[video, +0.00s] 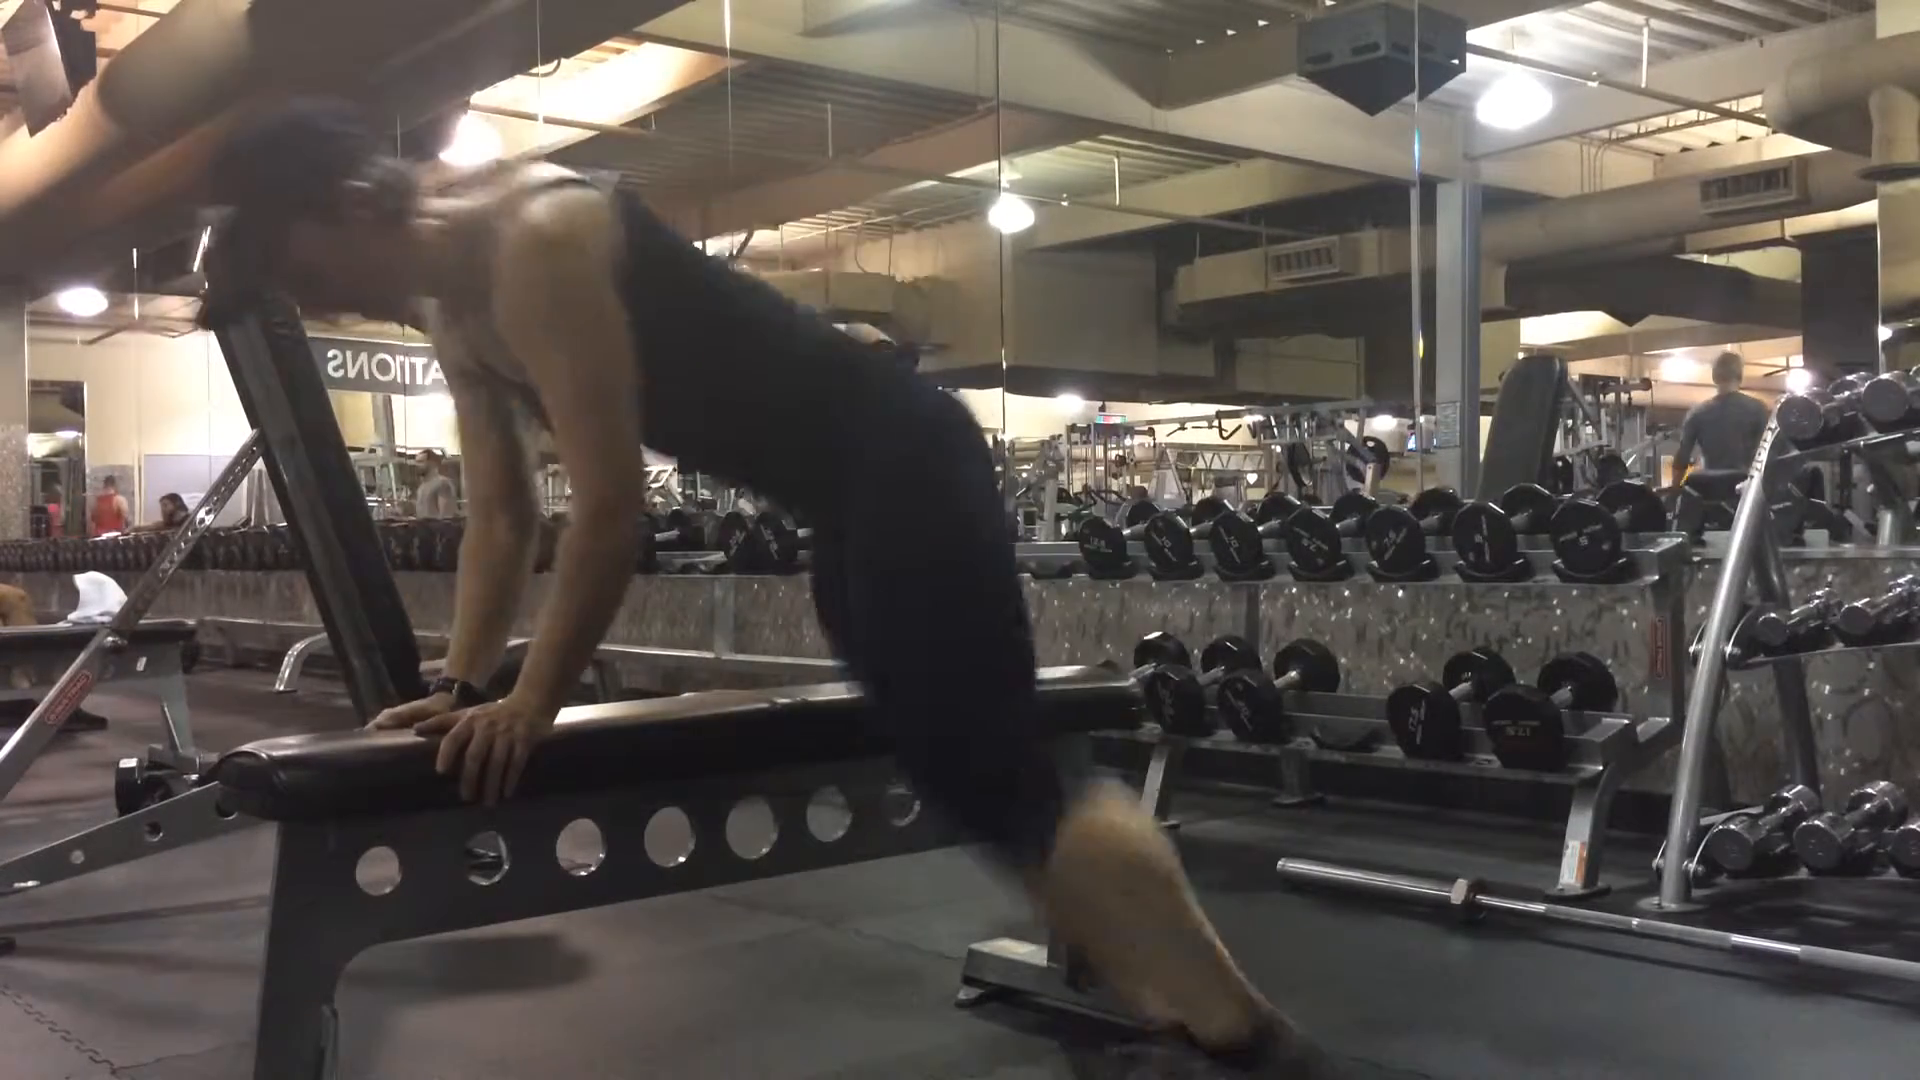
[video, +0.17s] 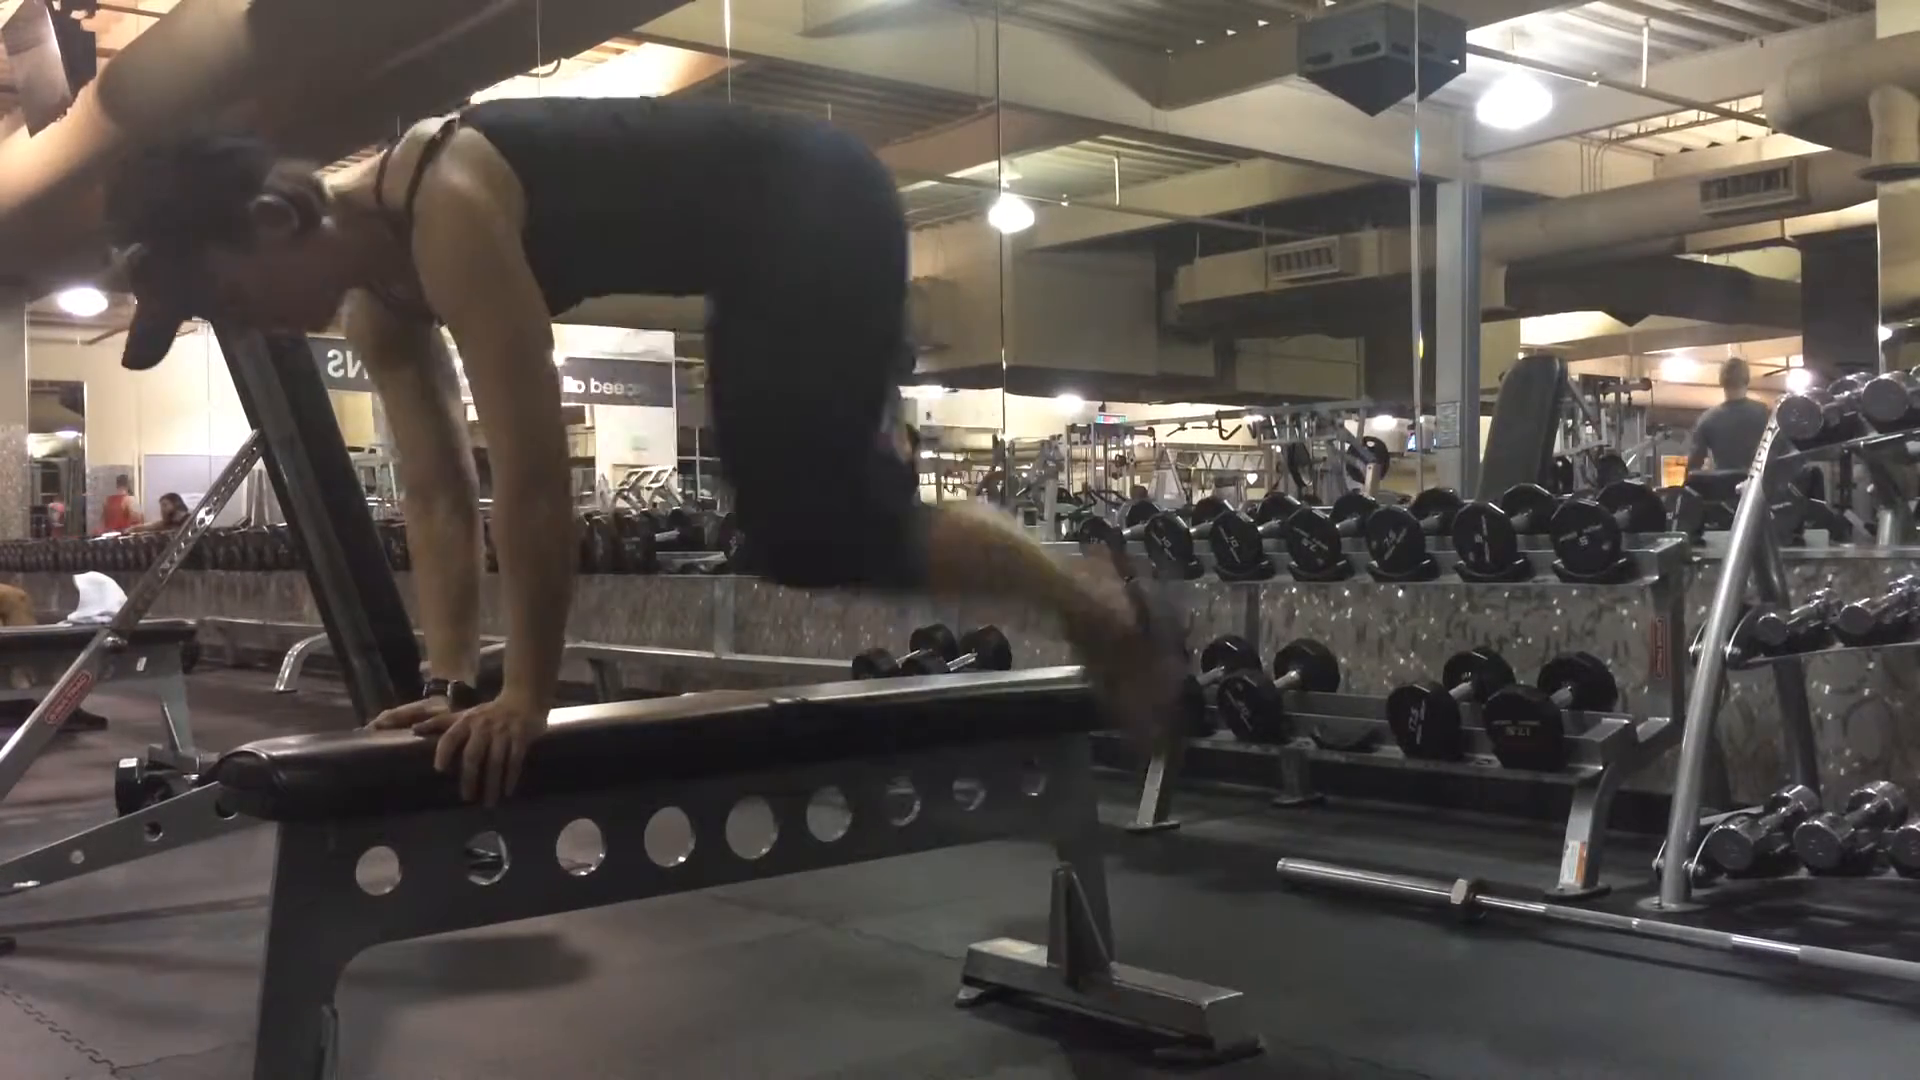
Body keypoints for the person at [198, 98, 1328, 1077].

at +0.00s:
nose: (333, 313)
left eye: (316, 284)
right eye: (310, 298)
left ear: (353, 216)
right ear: (347, 226)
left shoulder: (540, 245)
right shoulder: (457, 295)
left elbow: (610, 511)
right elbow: (496, 504)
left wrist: (529, 705)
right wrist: (457, 681)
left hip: (898, 451)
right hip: (849, 483)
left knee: (1003, 781)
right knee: (977, 773)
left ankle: (1234, 1024)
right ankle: (1162, 997)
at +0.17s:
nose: (247, 329)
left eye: (227, 302)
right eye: (222, 318)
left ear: (268, 219)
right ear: (268, 222)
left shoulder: (455, 208)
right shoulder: (372, 284)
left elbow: (528, 461)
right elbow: (433, 482)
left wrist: (525, 689)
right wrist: (446, 675)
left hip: (814, 199)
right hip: (756, 242)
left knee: (819, 524)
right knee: (800, 528)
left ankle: (1089, 602)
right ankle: (1077, 591)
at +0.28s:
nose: (255, 343)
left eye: (236, 315)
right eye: (229, 329)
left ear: (282, 233)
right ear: (278, 236)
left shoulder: (462, 218)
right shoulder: (379, 281)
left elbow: (537, 473)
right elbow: (427, 490)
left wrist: (524, 698)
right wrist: (446, 680)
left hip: (807, 201)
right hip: (729, 232)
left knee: (715, 501)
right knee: (683, 504)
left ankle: (923, 387)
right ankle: (899, 382)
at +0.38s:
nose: (248, 338)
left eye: (235, 308)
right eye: (226, 325)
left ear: (286, 229)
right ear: (286, 237)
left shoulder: (464, 215)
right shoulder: (373, 306)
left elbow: (542, 475)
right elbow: (425, 495)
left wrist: (527, 697)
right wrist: (449, 682)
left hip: (781, 230)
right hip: (685, 262)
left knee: (650, 504)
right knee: (596, 498)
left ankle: (844, 472)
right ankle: (826, 473)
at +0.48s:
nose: (237, 329)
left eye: (228, 297)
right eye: (216, 312)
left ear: (284, 220)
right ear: (284, 222)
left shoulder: (470, 213)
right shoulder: (354, 310)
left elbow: (561, 473)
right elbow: (414, 492)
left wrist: (527, 694)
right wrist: (447, 682)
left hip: (747, 294)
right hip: (632, 327)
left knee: (647, 576)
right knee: (599, 572)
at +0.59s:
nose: (252, 327)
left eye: (243, 293)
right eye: (230, 312)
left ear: (301, 220)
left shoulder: (499, 246)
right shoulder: (348, 333)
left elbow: (615, 490)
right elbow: (414, 500)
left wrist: (535, 693)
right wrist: (445, 683)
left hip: (703, 433)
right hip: (583, 450)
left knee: (632, 686)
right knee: (561, 691)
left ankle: (687, 900)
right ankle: (624, 900)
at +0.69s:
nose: (295, 334)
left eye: (284, 304)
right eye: (273, 320)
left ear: (323, 245)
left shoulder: (537, 285)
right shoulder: (362, 341)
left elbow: (647, 519)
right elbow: (420, 518)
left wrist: (533, 696)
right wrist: (446, 684)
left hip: (677, 514)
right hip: (558, 519)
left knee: (623, 721)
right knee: (532, 727)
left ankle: (689, 921)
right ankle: (614, 928)